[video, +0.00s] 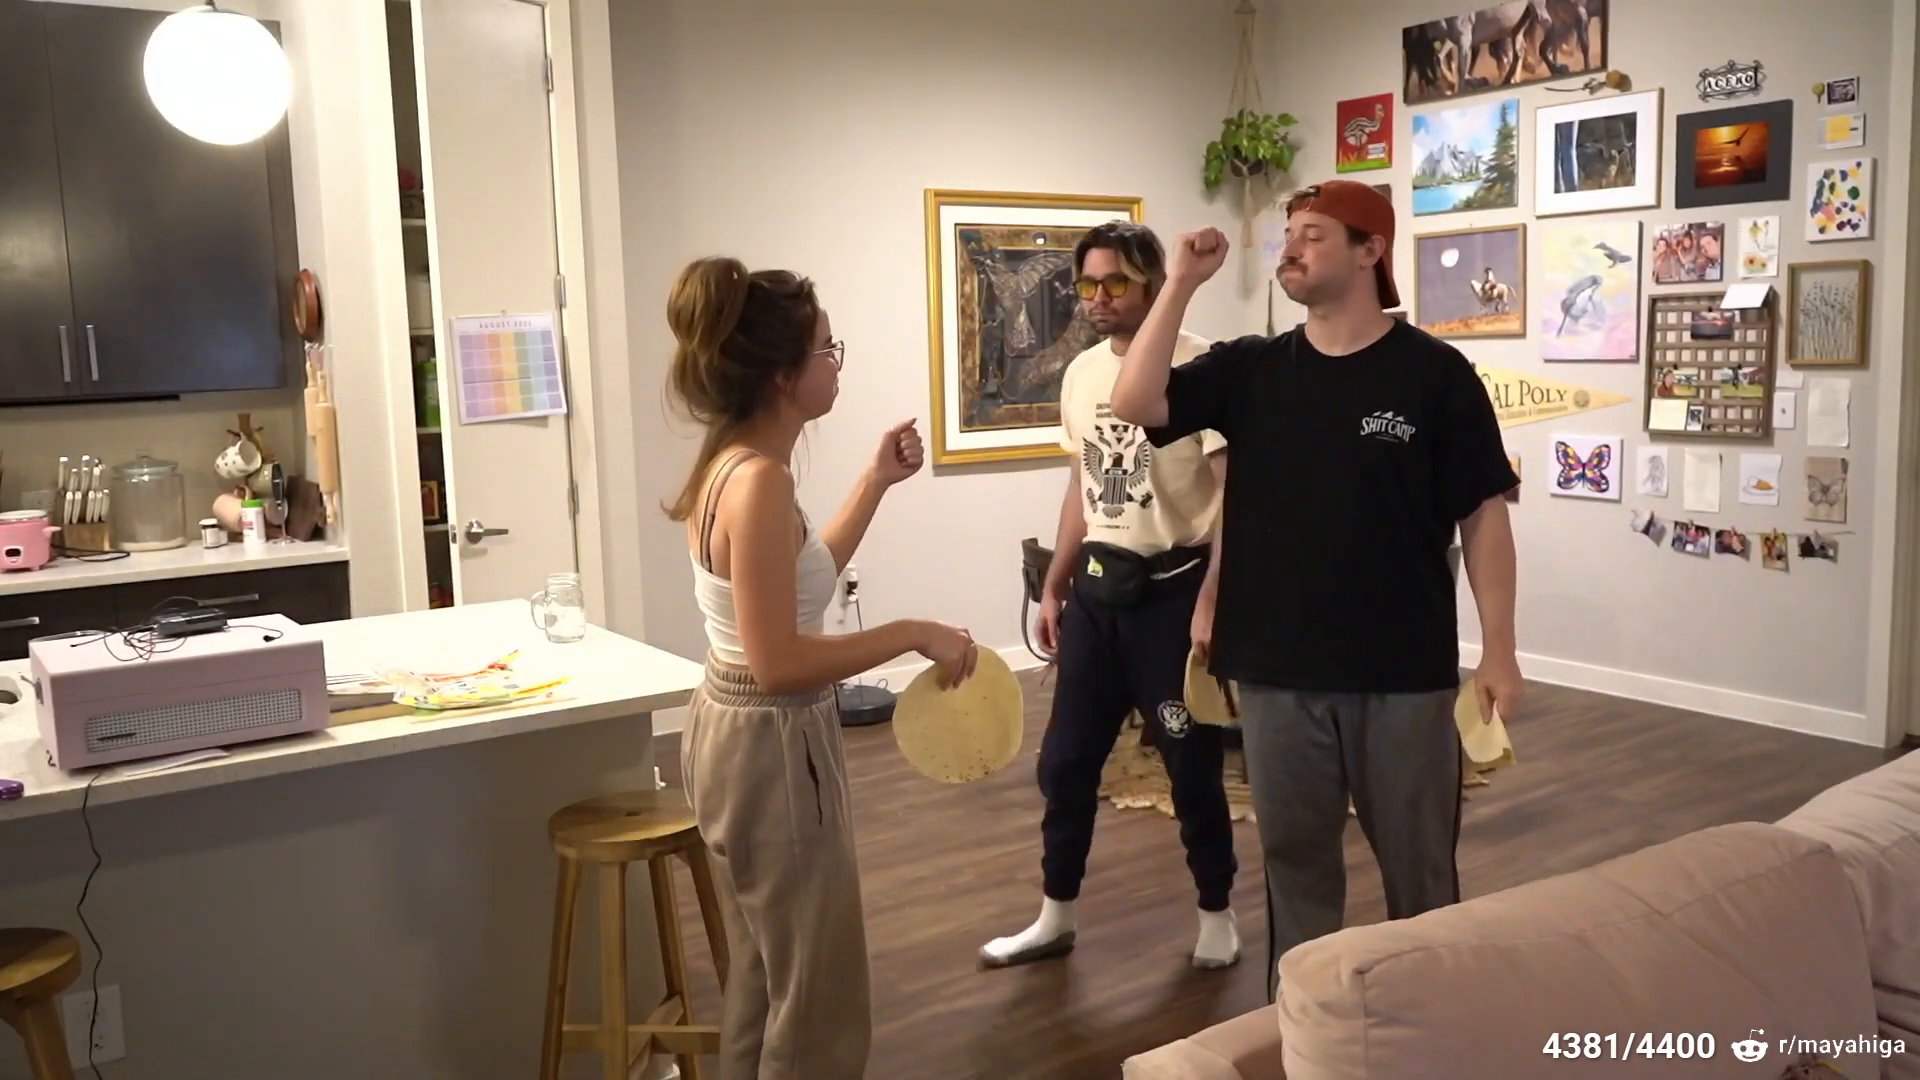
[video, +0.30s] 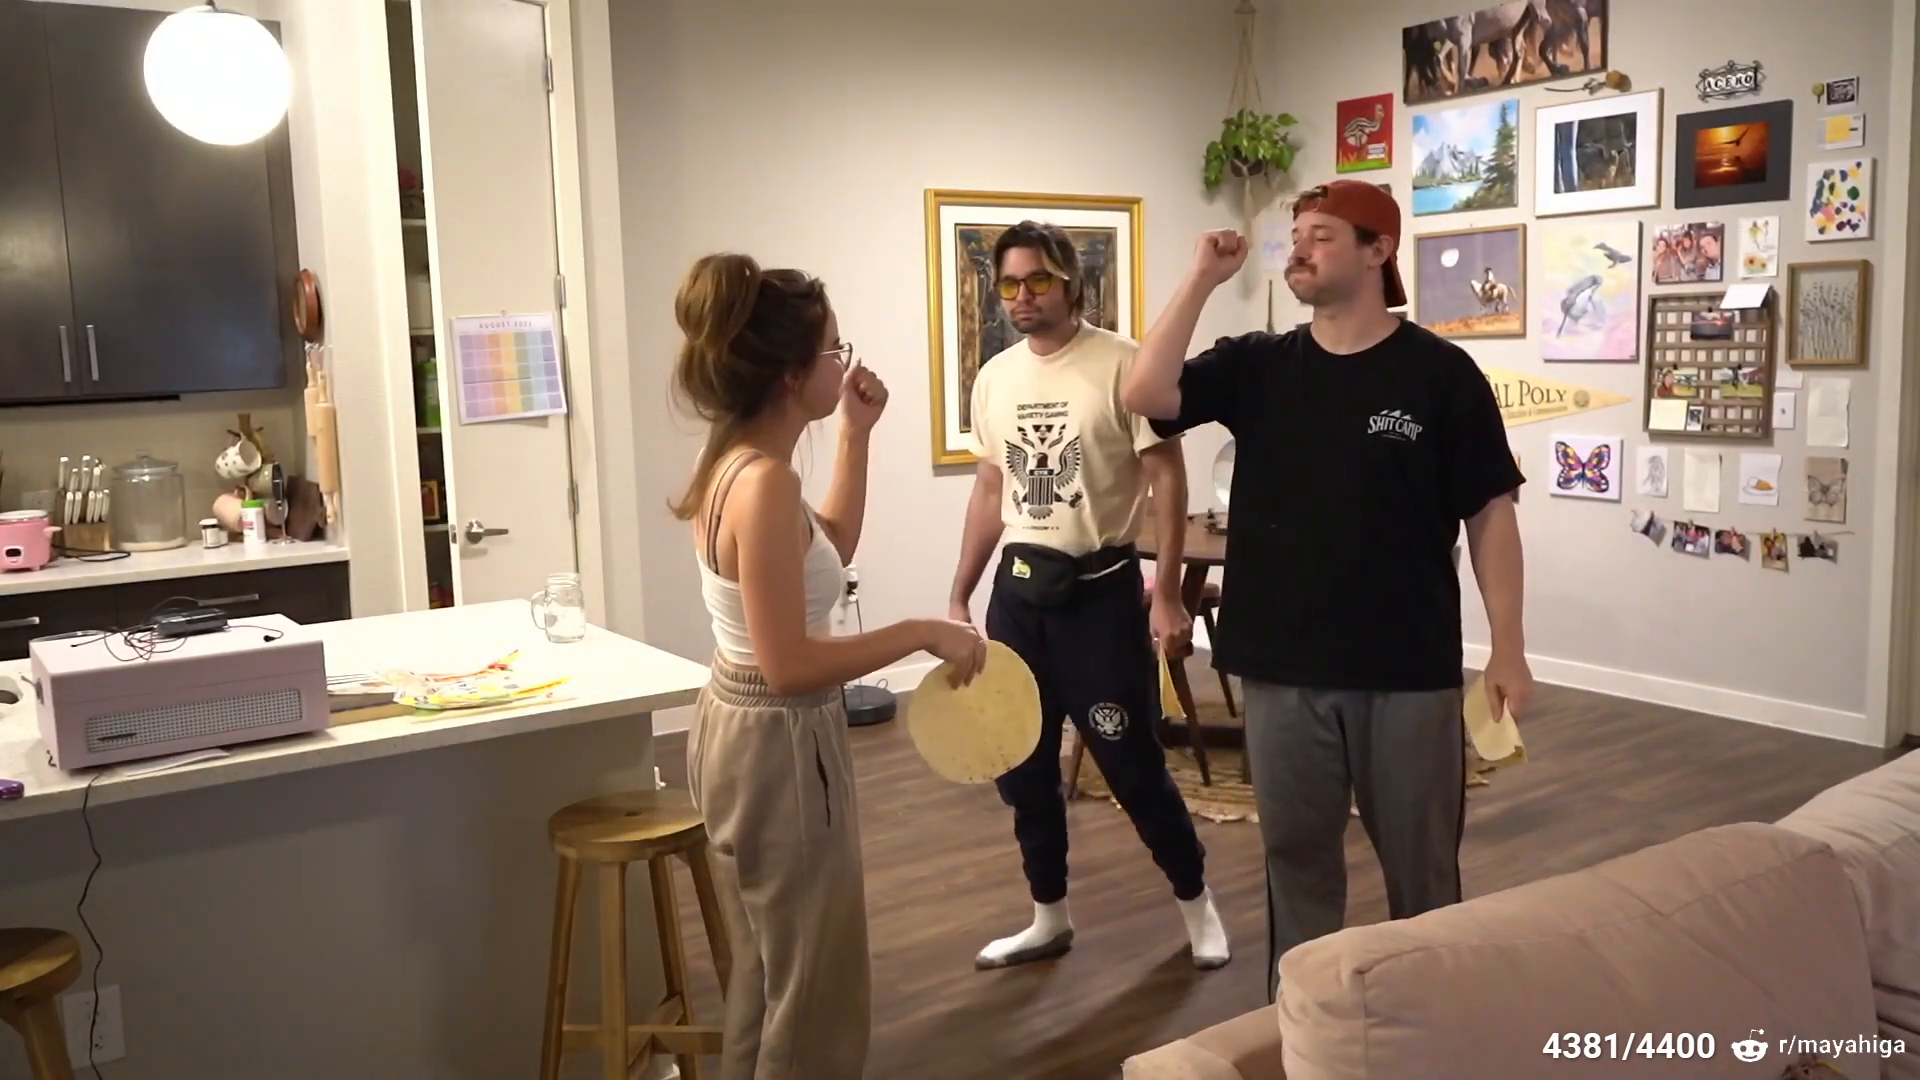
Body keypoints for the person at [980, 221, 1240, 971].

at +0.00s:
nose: (1097, 298)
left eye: (1114, 284)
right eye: (1088, 285)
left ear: (1154, 288)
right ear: (1081, 290)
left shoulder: (1197, 365)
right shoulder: (1081, 373)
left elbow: (1234, 486)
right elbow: (1083, 486)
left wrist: (1212, 599)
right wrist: (1054, 585)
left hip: (1176, 593)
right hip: (1096, 591)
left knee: (1191, 763)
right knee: (1066, 763)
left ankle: (1215, 914)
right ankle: (1057, 917)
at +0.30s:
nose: (1022, 296)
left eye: (1037, 282)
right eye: (1010, 285)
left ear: (1071, 283)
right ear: (1001, 291)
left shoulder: (1125, 364)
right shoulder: (994, 377)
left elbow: (1166, 472)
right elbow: (989, 490)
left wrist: (1167, 591)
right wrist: (961, 593)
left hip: (1103, 593)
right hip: (1019, 592)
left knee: (1131, 767)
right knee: (1023, 765)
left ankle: (1195, 902)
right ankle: (1050, 915)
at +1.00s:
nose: (986, 300)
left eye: (1003, 285)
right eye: (972, 287)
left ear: (1033, 288)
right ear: (956, 293)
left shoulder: (1084, 371)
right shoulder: (940, 375)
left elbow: (1116, 494)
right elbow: (927, 498)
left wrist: (1109, 614)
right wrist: (902, 613)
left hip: (1049, 603)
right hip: (958, 601)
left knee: (1032, 793)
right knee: (945, 793)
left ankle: (1014, 956)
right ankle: (1025, 879)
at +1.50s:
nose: (977, 294)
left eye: (996, 280)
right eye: (964, 279)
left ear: (1027, 285)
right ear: (949, 283)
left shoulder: (1074, 376)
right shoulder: (917, 374)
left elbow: (1097, 502)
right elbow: (893, 506)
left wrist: (1087, 618)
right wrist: (861, 618)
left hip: (1035, 605)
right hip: (936, 603)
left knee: (1023, 796)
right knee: (927, 795)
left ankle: (1014, 967)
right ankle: (936, 957)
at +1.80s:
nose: (962, 294)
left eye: (980, 279)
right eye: (948, 280)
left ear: (1008, 284)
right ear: (930, 285)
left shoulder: (1048, 370)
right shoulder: (899, 375)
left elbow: (1081, 499)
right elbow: (880, 501)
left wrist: (1068, 619)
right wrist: (869, 621)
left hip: (1021, 603)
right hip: (923, 603)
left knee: (1014, 796)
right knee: (920, 798)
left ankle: (1013, 966)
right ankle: (934, 957)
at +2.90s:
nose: (945, 299)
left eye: (961, 283)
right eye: (928, 285)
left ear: (988, 287)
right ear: (909, 292)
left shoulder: (1038, 371)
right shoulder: (889, 375)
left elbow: (1065, 501)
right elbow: (866, 501)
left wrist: (1056, 616)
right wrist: (854, 614)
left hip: (1006, 602)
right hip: (908, 604)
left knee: (1010, 787)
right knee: (912, 794)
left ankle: (1011, 965)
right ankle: (932, 960)